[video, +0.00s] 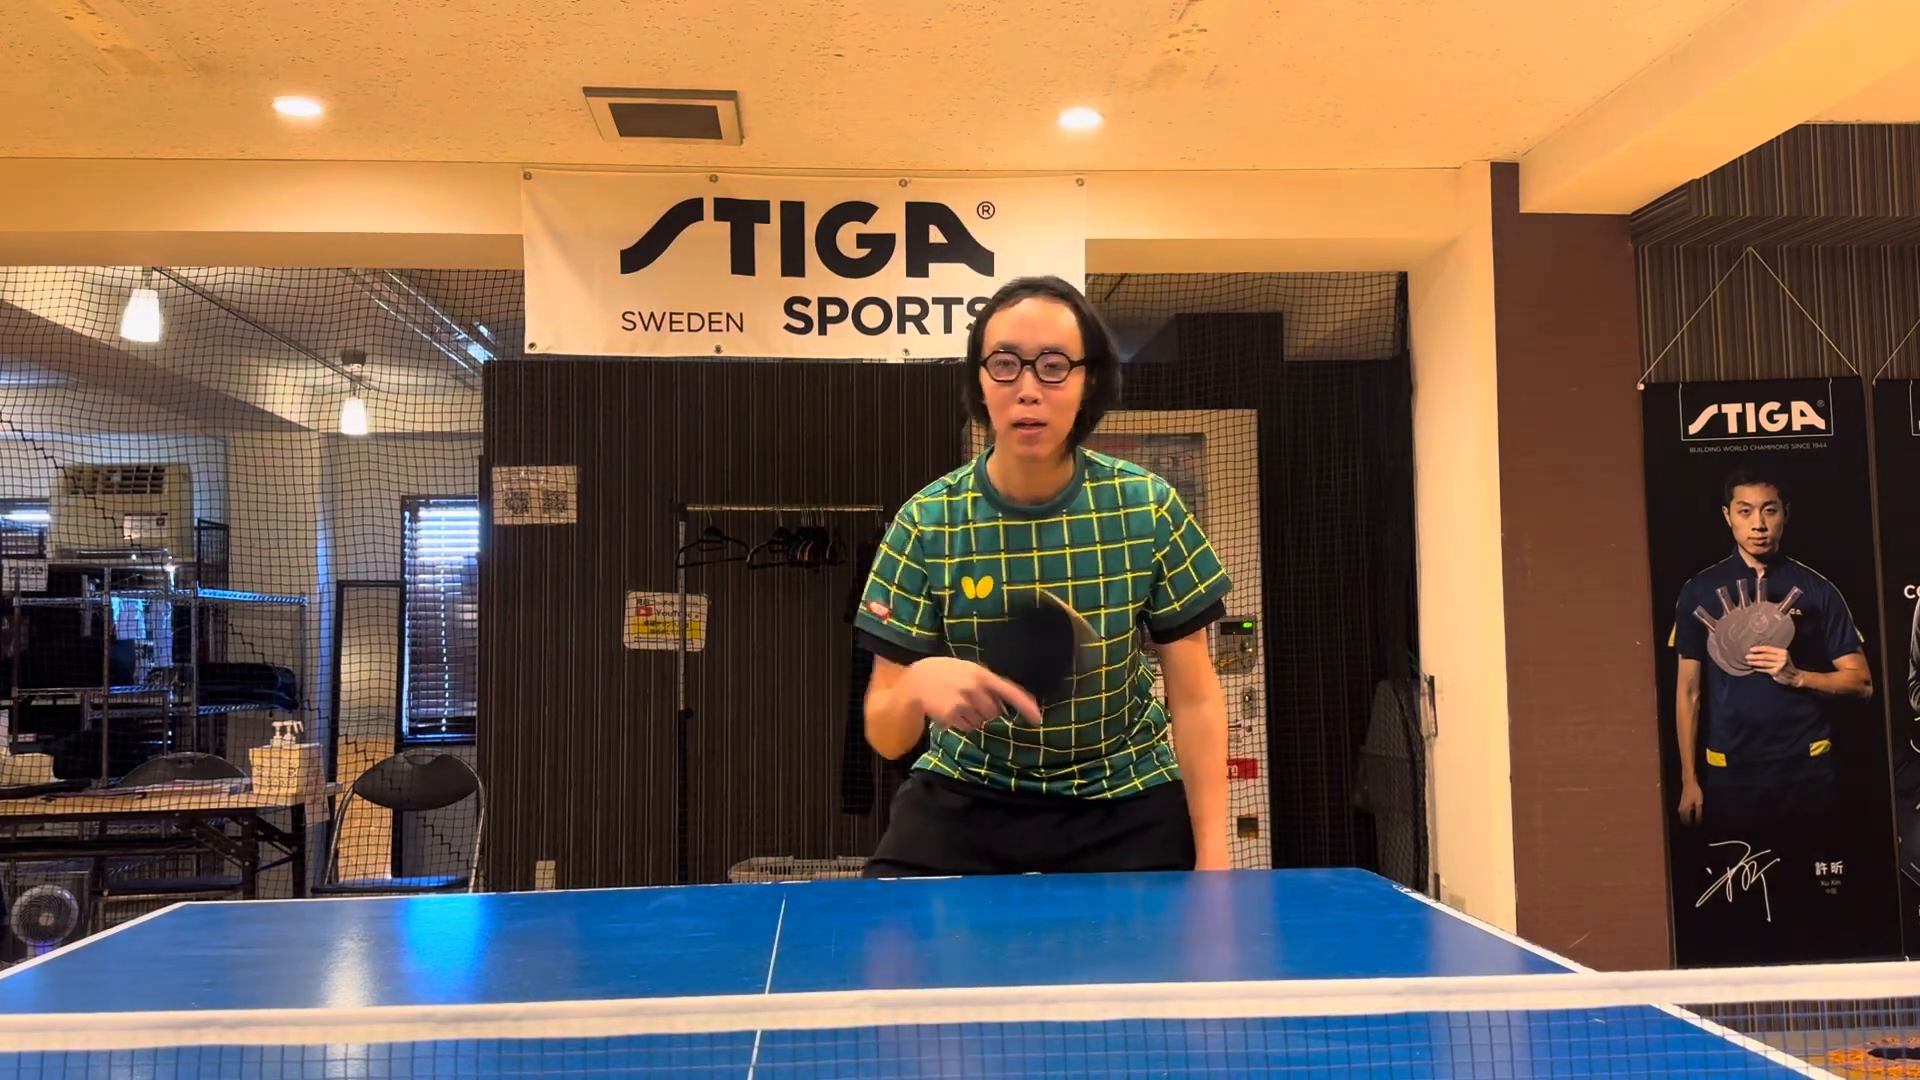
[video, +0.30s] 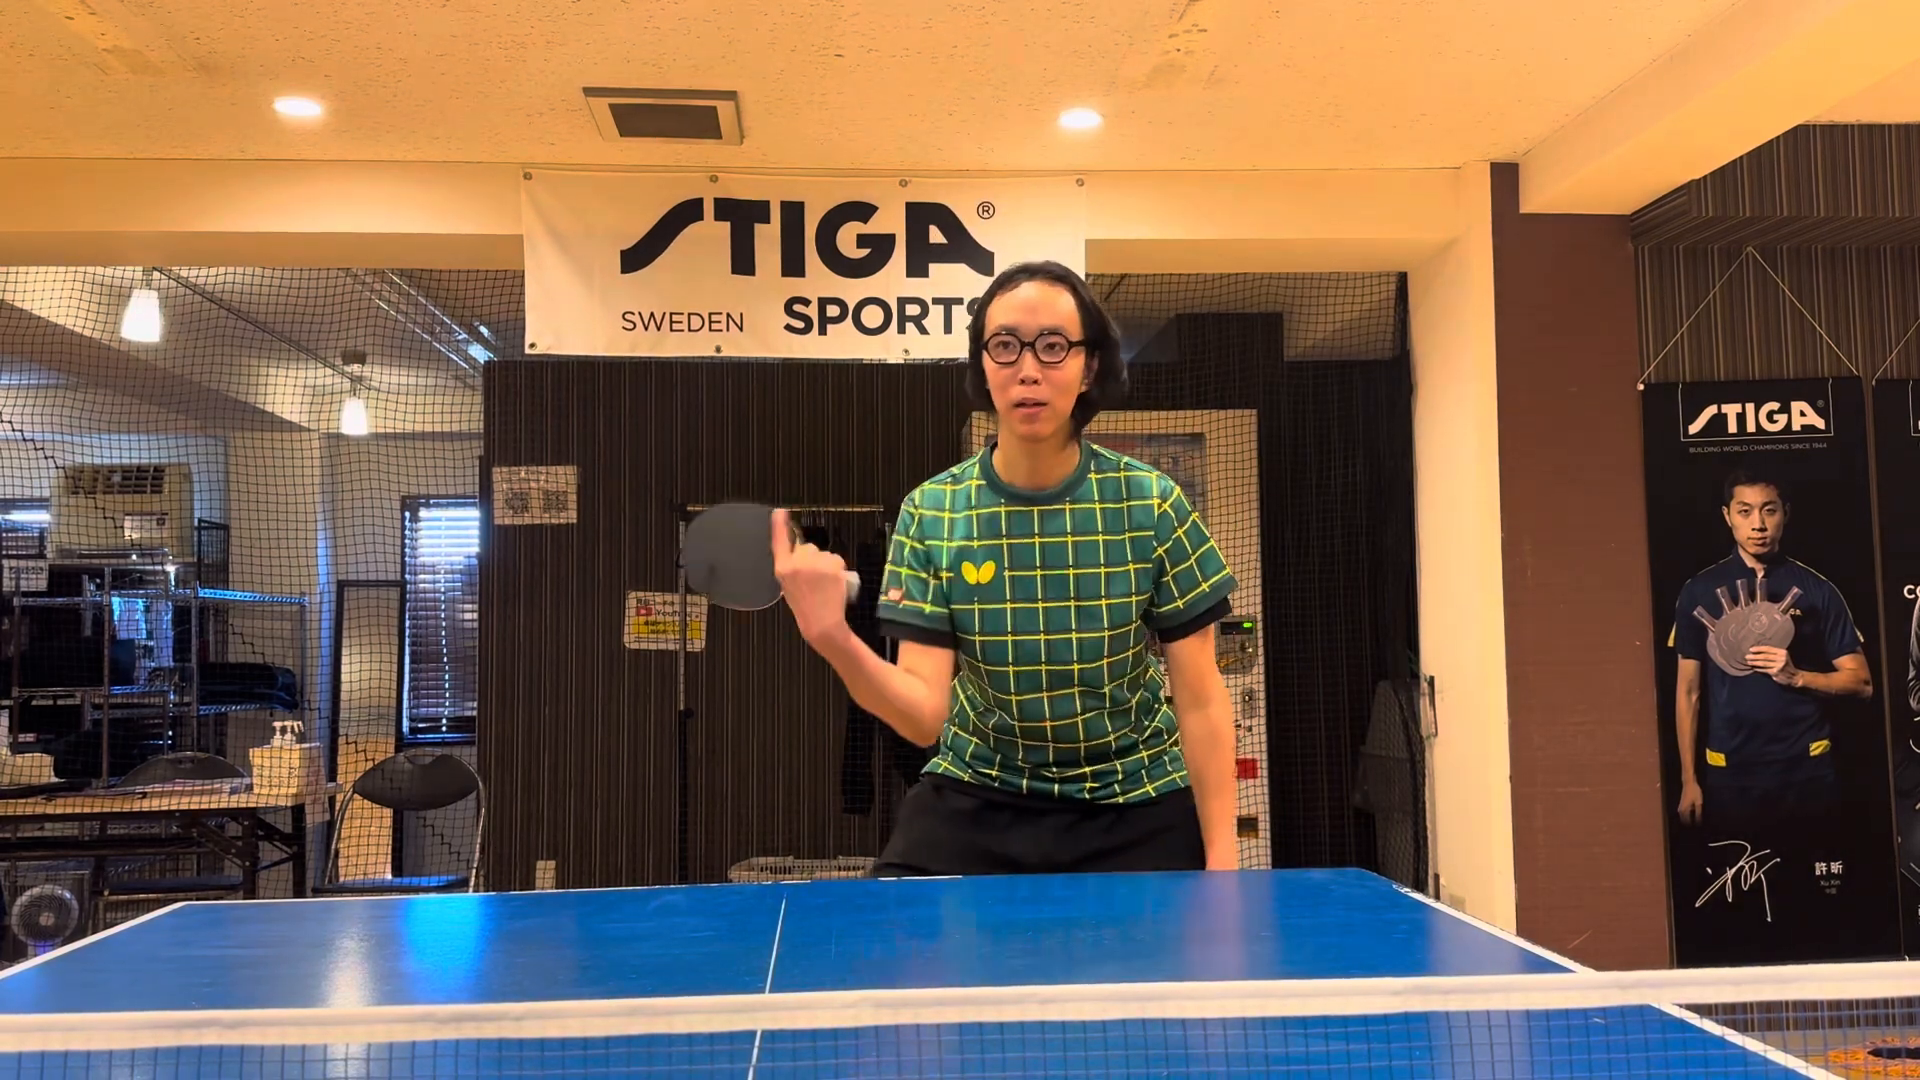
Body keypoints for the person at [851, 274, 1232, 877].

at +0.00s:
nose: (1028, 388)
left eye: (1053, 366)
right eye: (1007, 364)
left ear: (1088, 383)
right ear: (980, 381)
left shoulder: (1148, 510)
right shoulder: (927, 522)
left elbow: (1195, 697)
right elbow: (885, 736)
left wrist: (1214, 867)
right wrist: (916, 681)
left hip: (1123, 799)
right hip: (963, 797)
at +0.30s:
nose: (1027, 368)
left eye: (1052, 346)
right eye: (1006, 346)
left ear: (1088, 368)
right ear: (982, 366)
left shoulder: (1151, 506)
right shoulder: (932, 513)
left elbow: (1199, 698)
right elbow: (923, 716)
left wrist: (1223, 864)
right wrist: (829, 634)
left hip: (1135, 803)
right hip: (974, 799)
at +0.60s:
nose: (1038, 351)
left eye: (1062, 329)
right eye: (1016, 329)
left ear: (1099, 349)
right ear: (991, 348)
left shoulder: (1153, 492)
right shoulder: (940, 490)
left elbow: (1196, 688)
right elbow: (906, 695)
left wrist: (1219, 864)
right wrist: (987, 631)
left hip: (1127, 800)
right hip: (961, 796)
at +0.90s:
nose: (1082, 365)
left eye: (1107, 343)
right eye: (1061, 342)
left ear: (1145, 362)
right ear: (1038, 360)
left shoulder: (1197, 507)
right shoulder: (981, 503)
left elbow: (1232, 706)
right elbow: (976, 710)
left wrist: (1252, 880)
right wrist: (918, 659)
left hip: (1156, 798)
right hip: (999, 790)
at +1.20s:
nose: (1103, 372)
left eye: (1129, 351)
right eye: (1083, 349)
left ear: (1165, 374)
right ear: (1059, 369)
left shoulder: (1215, 511)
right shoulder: (996, 510)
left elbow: (1267, 706)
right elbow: (978, 719)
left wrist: (1284, 867)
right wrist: (931, 690)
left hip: (1175, 794)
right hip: (1016, 790)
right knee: (920, 943)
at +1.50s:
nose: (1081, 392)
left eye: (1107, 371)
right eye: (1060, 370)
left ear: (1142, 390)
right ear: (1036, 389)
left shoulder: (1199, 522)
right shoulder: (981, 530)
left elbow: (1252, 711)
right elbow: (957, 734)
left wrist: (1271, 871)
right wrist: (898, 703)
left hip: (1165, 798)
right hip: (1005, 796)